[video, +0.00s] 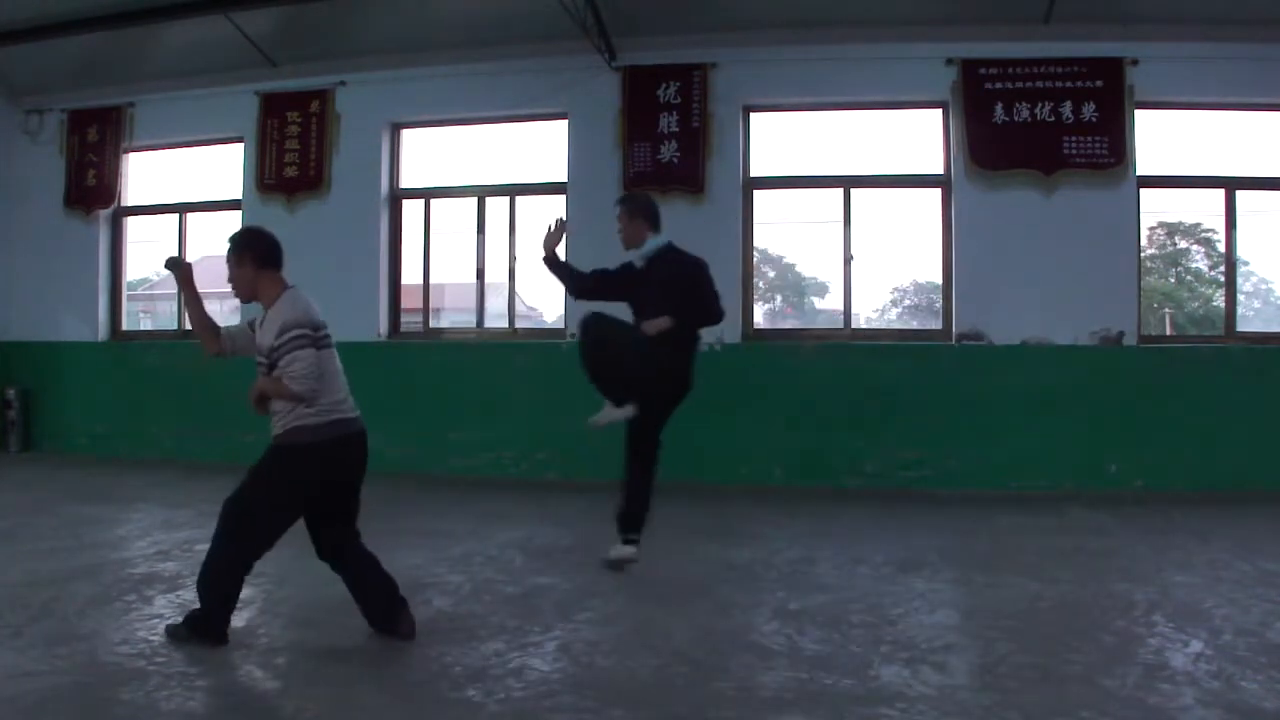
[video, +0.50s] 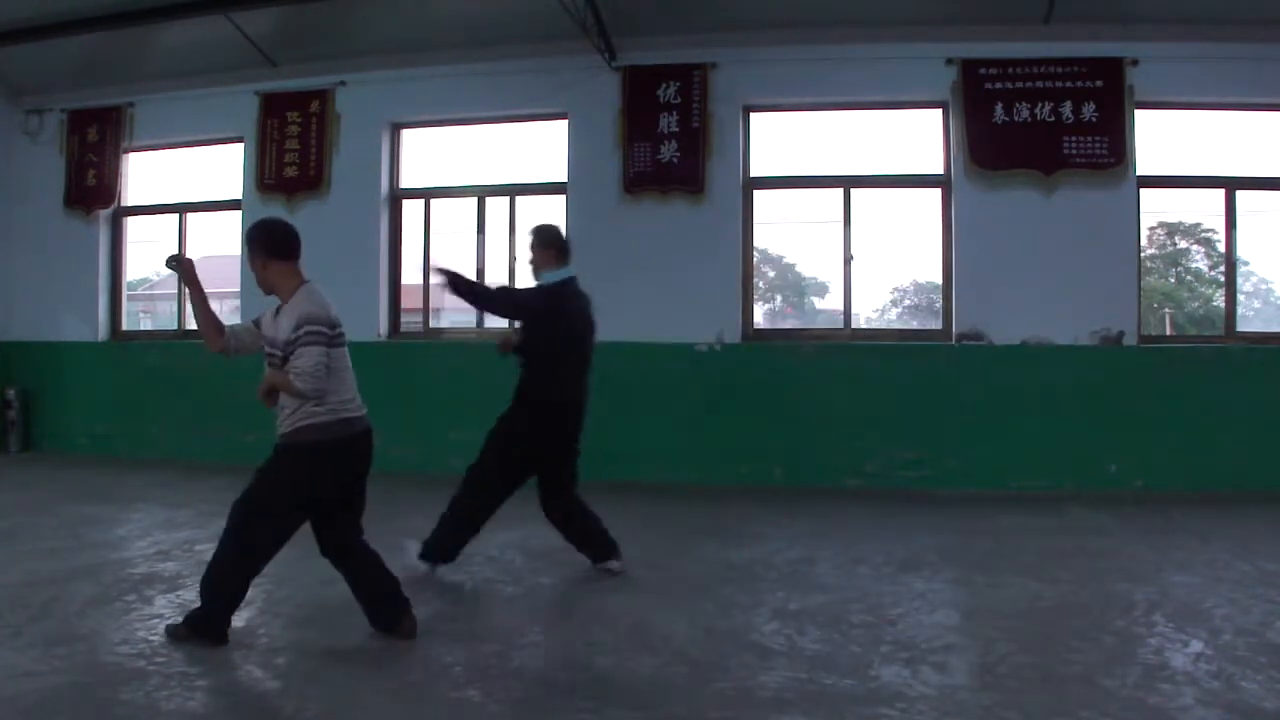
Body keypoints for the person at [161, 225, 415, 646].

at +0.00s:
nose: (229, 277)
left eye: (233, 267)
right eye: (229, 268)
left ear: (254, 266)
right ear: (265, 267)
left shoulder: (290, 313)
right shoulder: (273, 319)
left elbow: (303, 384)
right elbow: (215, 342)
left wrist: (264, 385)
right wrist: (187, 286)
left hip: (307, 443)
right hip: (340, 440)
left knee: (241, 522)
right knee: (336, 540)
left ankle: (211, 621)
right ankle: (395, 620)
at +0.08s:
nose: (239, 272)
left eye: (242, 263)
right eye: (240, 263)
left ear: (256, 263)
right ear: (278, 262)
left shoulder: (295, 311)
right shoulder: (277, 316)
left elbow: (304, 382)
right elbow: (218, 339)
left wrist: (268, 381)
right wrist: (191, 280)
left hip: (312, 441)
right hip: (343, 437)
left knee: (247, 524)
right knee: (339, 538)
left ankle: (212, 621)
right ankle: (396, 619)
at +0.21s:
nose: (246, 270)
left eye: (247, 261)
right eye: (247, 262)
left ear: (259, 262)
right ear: (288, 259)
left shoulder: (301, 310)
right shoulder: (278, 316)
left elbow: (306, 382)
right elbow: (220, 340)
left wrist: (271, 378)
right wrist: (194, 281)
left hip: (313, 442)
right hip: (345, 438)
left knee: (250, 524)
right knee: (340, 538)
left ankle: (212, 620)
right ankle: (395, 619)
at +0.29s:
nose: (248, 269)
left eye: (250, 260)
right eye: (248, 260)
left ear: (261, 262)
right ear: (290, 260)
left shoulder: (306, 311)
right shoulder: (277, 317)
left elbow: (307, 385)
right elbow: (219, 342)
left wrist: (272, 379)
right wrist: (194, 282)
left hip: (315, 443)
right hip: (344, 440)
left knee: (249, 525)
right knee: (340, 540)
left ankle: (212, 620)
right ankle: (395, 619)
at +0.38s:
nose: (249, 270)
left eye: (250, 261)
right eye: (249, 262)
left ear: (261, 262)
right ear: (291, 260)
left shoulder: (308, 310)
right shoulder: (277, 317)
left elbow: (309, 384)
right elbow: (220, 342)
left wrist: (273, 380)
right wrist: (193, 281)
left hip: (316, 443)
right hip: (342, 440)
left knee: (250, 524)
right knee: (339, 539)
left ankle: (212, 620)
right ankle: (395, 618)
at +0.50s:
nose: (252, 271)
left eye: (253, 262)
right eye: (252, 263)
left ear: (263, 261)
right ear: (293, 257)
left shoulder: (309, 309)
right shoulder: (277, 316)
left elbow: (310, 383)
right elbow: (220, 341)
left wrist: (274, 379)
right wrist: (192, 284)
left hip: (314, 443)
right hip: (344, 439)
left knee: (250, 525)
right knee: (340, 538)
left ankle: (212, 620)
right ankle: (396, 618)